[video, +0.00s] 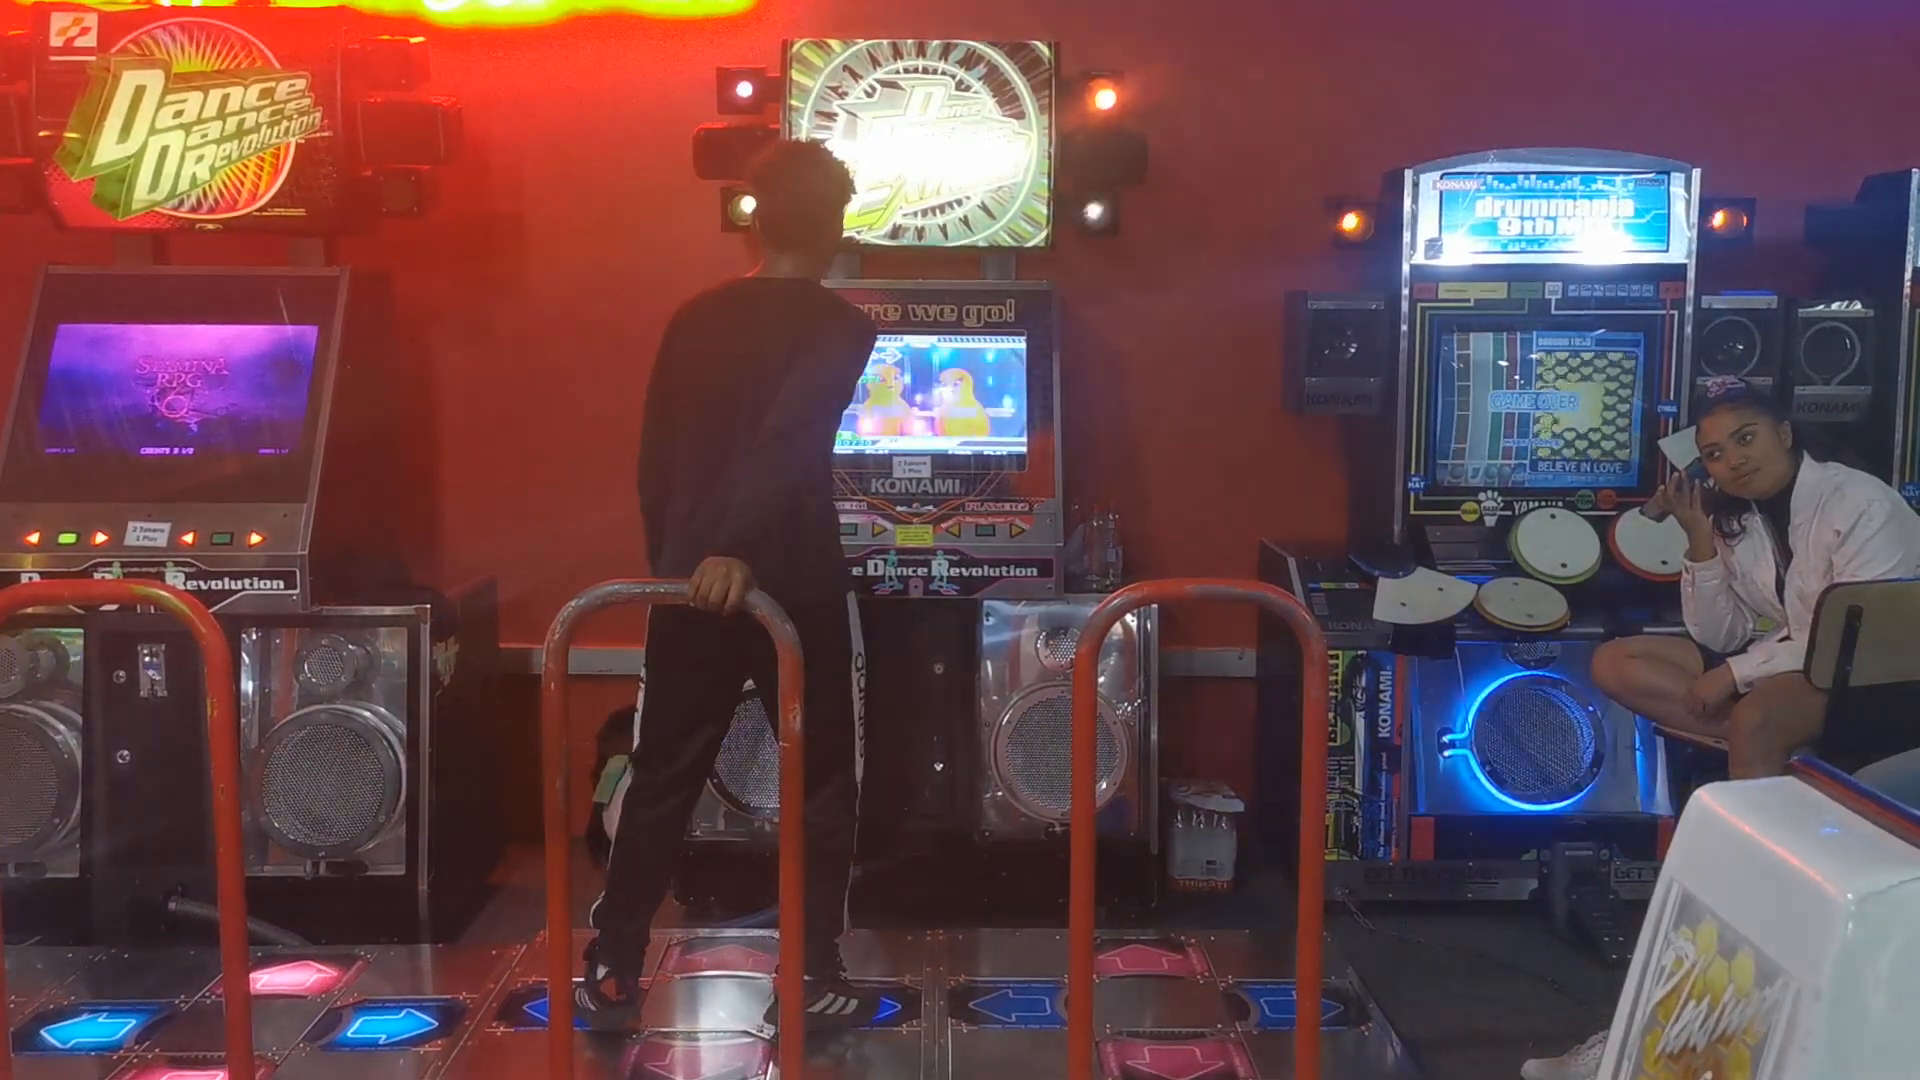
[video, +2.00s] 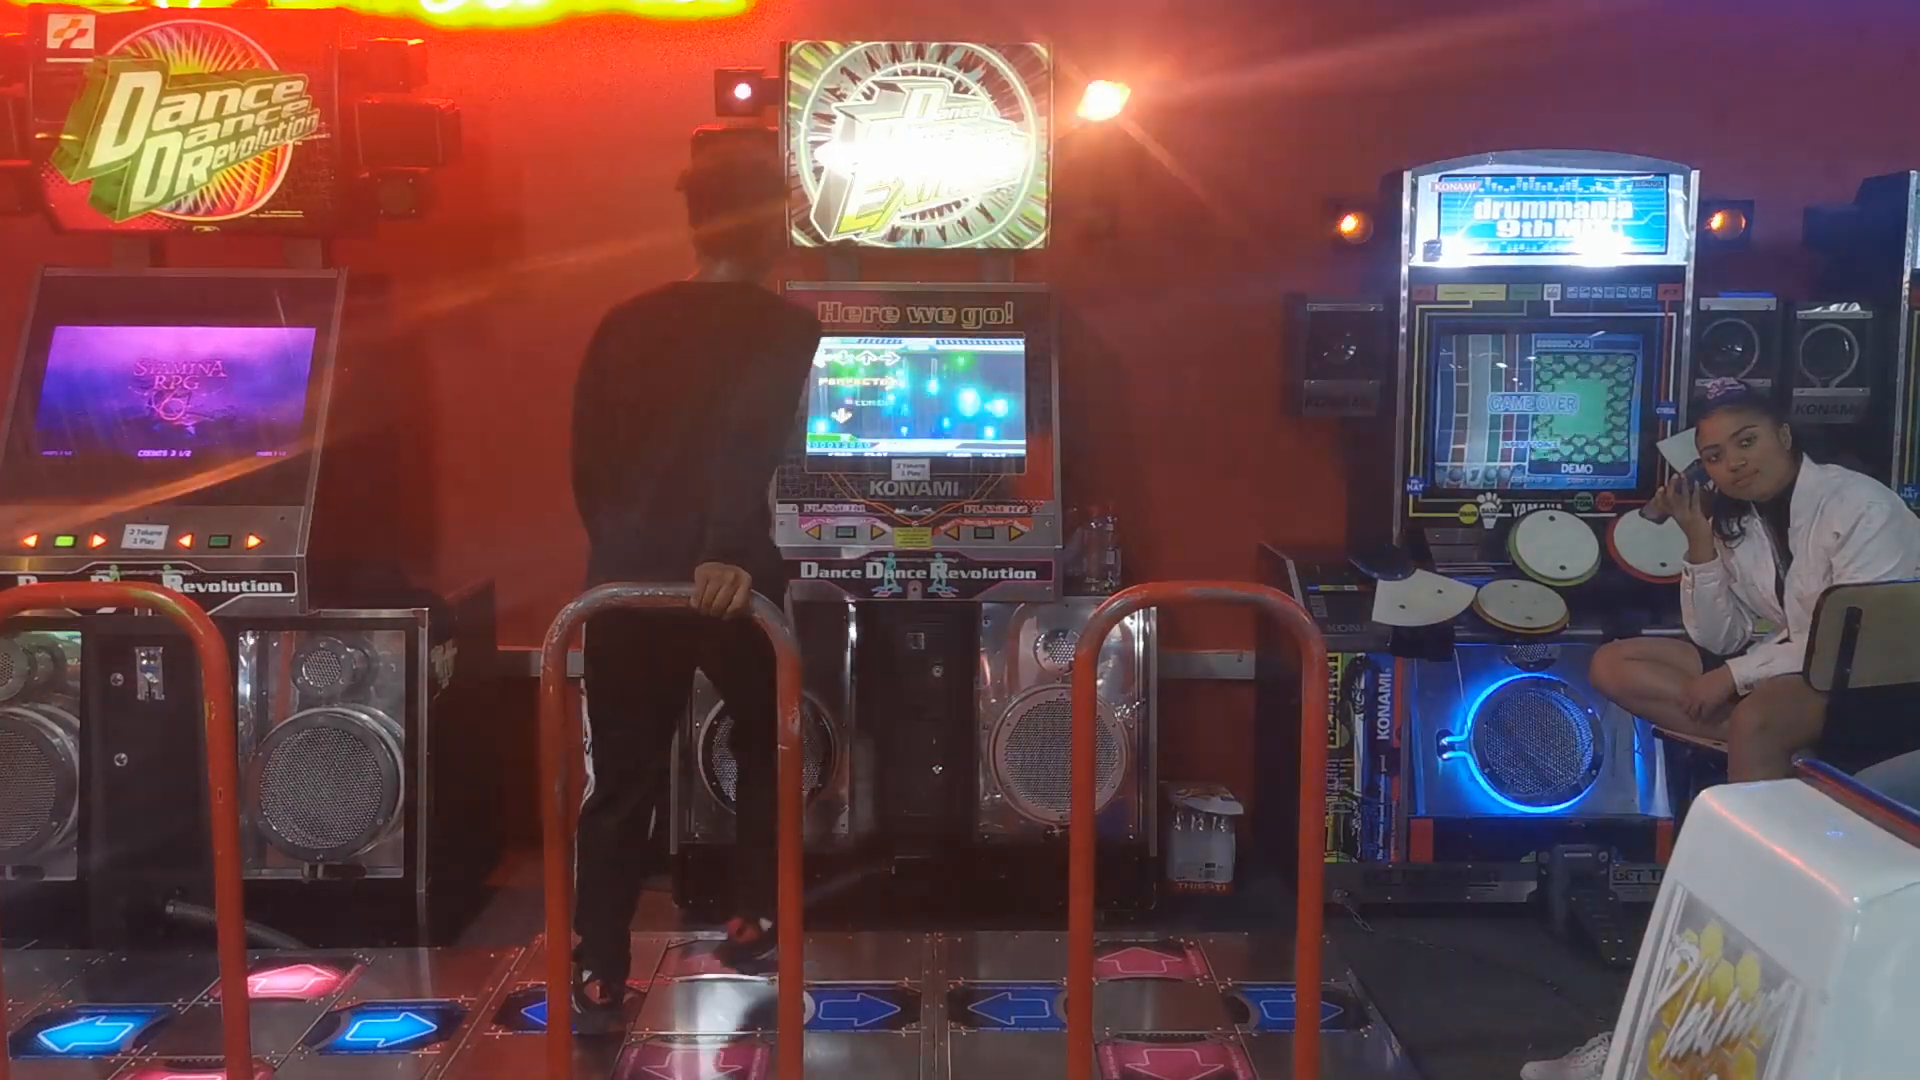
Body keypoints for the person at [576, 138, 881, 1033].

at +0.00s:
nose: (842, 230)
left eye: (834, 214)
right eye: (840, 216)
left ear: (757, 224)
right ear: (833, 228)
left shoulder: (694, 317)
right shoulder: (837, 324)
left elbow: (656, 459)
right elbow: (787, 433)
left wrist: (677, 562)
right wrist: (735, 543)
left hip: (689, 570)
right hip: (792, 572)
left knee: (664, 772)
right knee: (818, 778)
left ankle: (611, 971)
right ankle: (814, 983)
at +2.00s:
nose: (790, 235)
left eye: (780, 222)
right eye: (785, 223)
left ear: (697, 230)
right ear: (771, 230)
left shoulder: (626, 321)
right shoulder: (788, 329)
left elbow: (589, 461)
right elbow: (759, 444)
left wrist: (631, 546)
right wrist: (732, 549)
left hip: (627, 581)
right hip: (737, 582)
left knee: (620, 780)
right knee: (762, 747)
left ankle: (599, 976)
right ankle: (750, 917)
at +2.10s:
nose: (799, 235)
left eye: (790, 221)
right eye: (796, 224)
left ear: (716, 229)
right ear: (787, 229)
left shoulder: (642, 317)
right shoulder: (798, 321)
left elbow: (599, 453)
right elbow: (761, 432)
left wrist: (621, 560)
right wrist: (727, 547)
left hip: (640, 572)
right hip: (744, 568)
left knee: (627, 776)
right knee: (789, 743)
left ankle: (600, 971)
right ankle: (794, 911)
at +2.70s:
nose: (808, 244)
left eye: (791, 224)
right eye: (817, 227)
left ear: (744, 228)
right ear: (828, 228)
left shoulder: (679, 323)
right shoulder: (847, 317)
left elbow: (635, 460)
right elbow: (791, 428)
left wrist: (685, 543)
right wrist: (731, 540)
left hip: (689, 573)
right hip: (795, 568)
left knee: (703, 786)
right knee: (811, 781)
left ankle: (732, 1008)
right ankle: (820, 982)